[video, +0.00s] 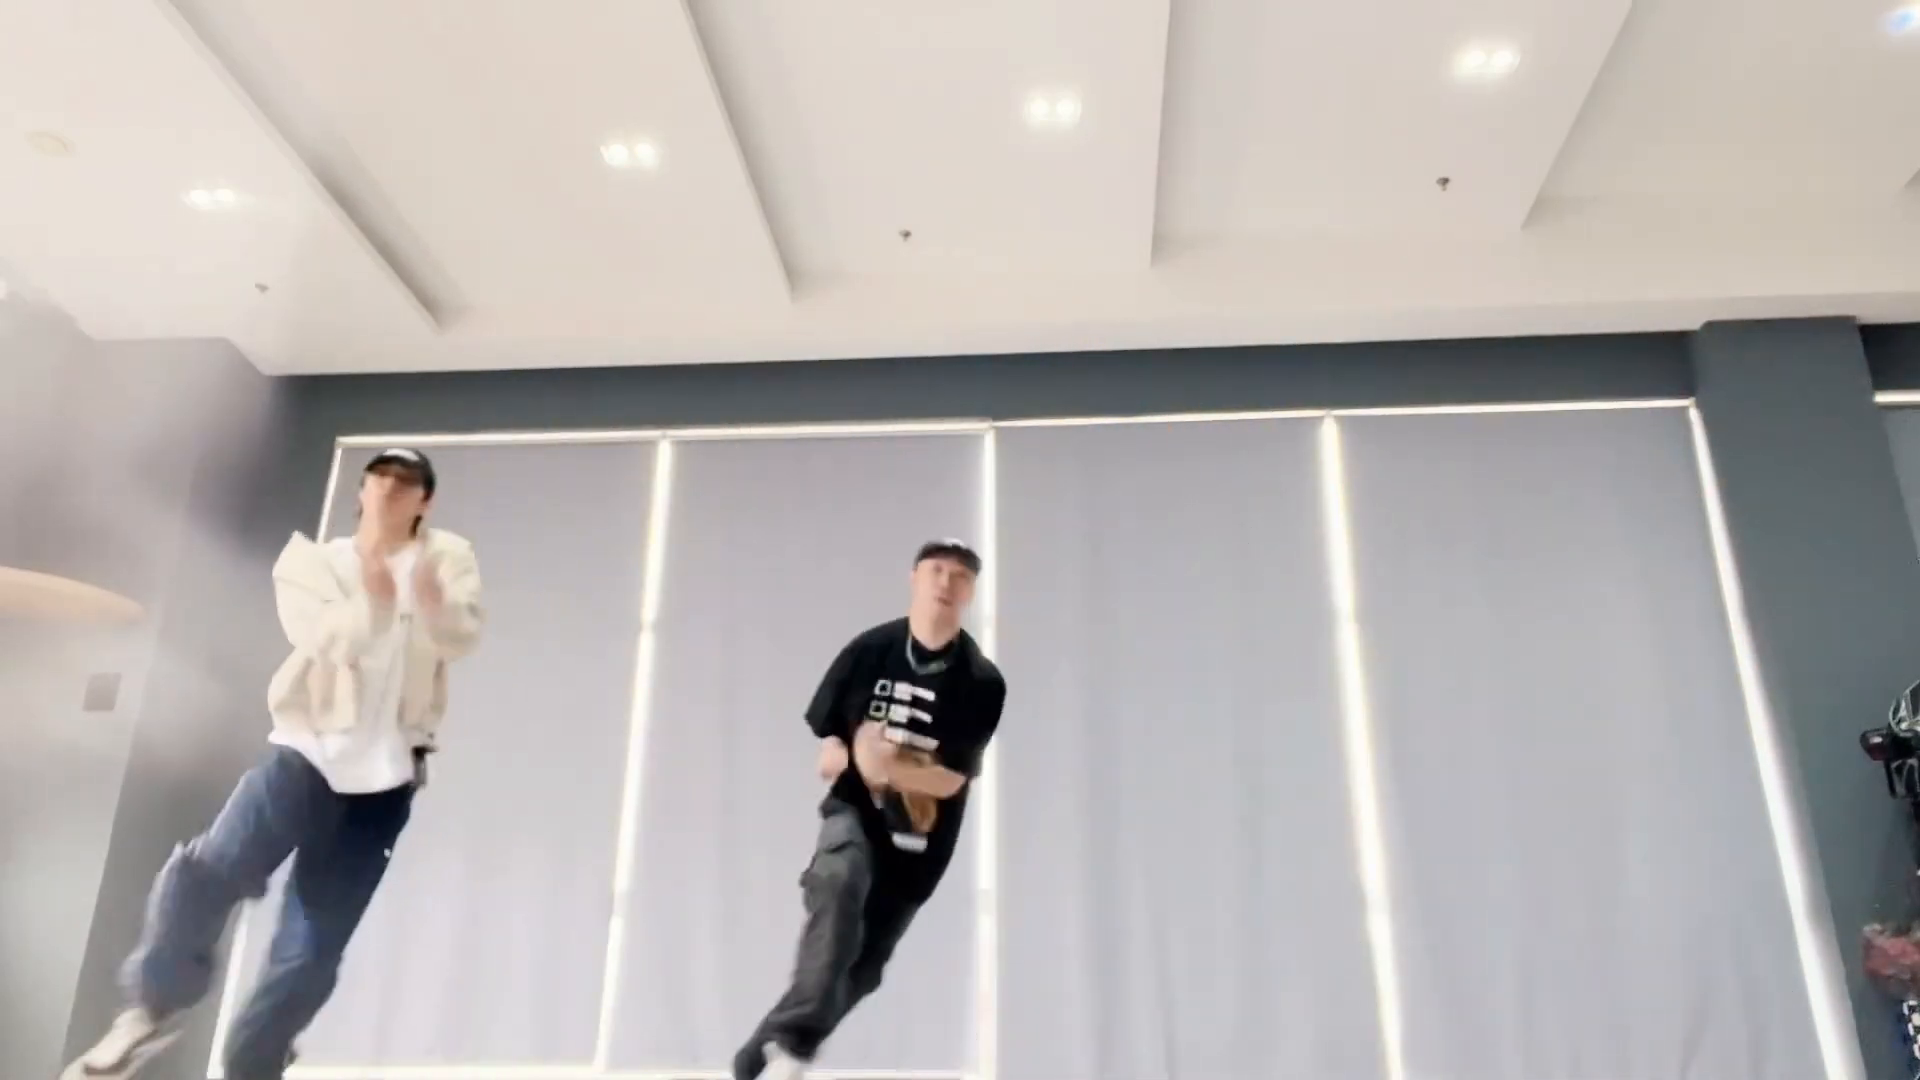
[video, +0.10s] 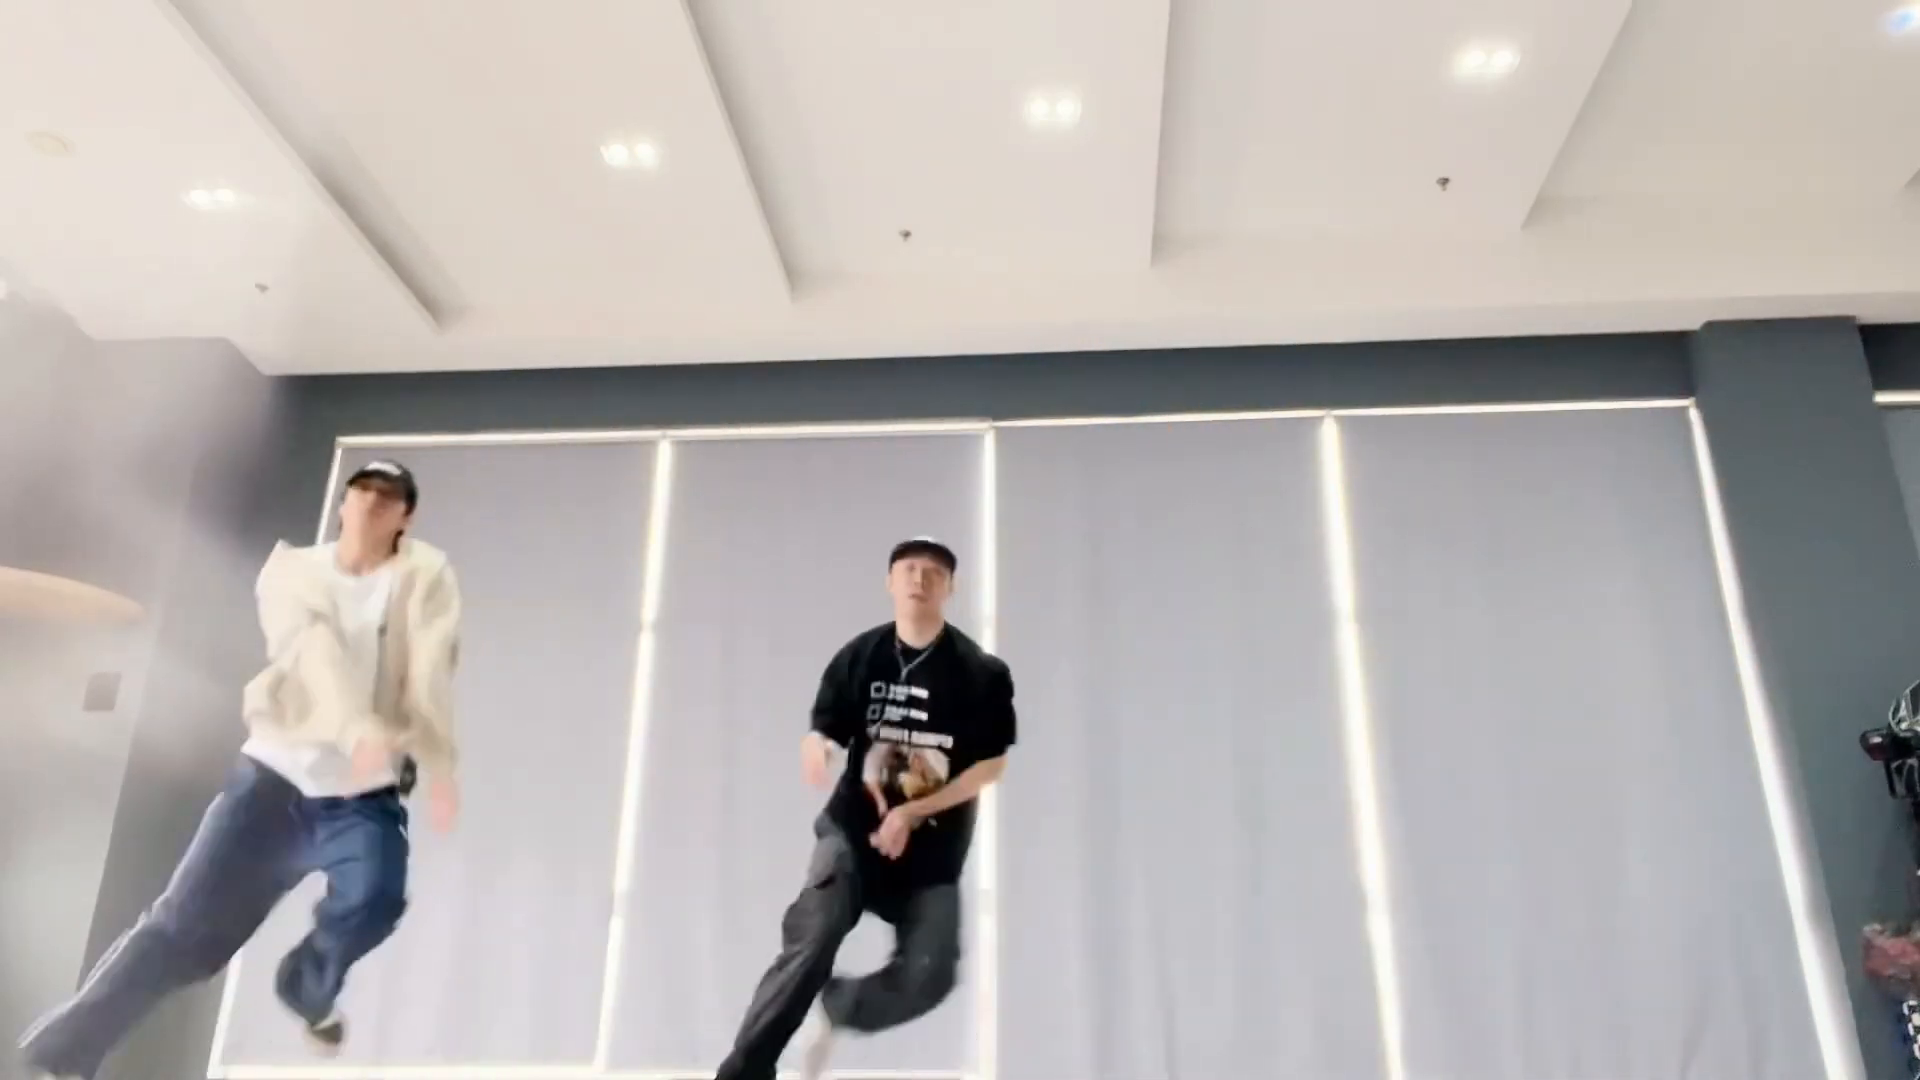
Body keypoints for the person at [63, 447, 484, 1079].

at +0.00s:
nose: (389, 491)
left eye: (405, 485)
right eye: (381, 480)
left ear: (425, 504)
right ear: (362, 492)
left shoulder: (448, 556)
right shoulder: (310, 560)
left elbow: (464, 639)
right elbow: (323, 641)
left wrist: (430, 601)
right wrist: (375, 601)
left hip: (387, 774)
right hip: (306, 752)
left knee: (310, 956)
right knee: (214, 866)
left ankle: (249, 1070)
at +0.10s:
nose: (374, 505)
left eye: (389, 498)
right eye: (365, 493)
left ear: (407, 518)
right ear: (344, 504)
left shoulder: (427, 576)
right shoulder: (292, 568)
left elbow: (431, 677)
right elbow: (310, 650)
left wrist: (439, 766)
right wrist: (358, 734)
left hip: (369, 795)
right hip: (276, 780)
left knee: (373, 901)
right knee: (183, 933)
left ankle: (308, 991)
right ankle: (55, 1060)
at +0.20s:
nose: (375, 521)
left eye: (390, 515)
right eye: (367, 509)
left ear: (409, 537)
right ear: (345, 525)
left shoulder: (434, 616)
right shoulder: (287, 597)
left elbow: (447, 727)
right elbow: (259, 705)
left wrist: (444, 819)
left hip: (357, 810)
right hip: (260, 806)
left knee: (412, 848)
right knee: (147, 950)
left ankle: (380, 986)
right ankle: (80, 1073)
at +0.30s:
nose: (454, 511)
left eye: (469, 504)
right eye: (444, 498)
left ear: (481, 527)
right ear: (418, 512)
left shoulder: (493, 607)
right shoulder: (328, 575)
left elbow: (489, 702)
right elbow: (235, 655)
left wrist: (474, 764)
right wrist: (149, 714)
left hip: (396, 805)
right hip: (288, 805)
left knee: (473, 884)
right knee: (182, 942)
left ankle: (509, 1052)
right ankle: (88, 1070)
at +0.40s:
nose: (520, 506)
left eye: (534, 499)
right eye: (509, 495)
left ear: (551, 520)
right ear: (484, 506)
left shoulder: (555, 594)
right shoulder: (414, 539)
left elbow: (556, 682)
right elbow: (299, 544)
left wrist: (558, 738)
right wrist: (192, 546)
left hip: (476, 802)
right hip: (373, 796)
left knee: (528, 917)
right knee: (260, 928)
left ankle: (615, 1069)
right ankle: (126, 1058)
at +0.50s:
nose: (555, 497)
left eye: (569, 490)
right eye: (544, 488)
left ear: (588, 514)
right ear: (522, 506)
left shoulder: (602, 595)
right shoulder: (466, 534)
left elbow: (616, 688)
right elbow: (356, 505)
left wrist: (654, 738)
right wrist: (247, 493)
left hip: (537, 793)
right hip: (444, 782)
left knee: (583, 899)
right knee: (358, 938)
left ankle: (628, 1072)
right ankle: (263, 1052)